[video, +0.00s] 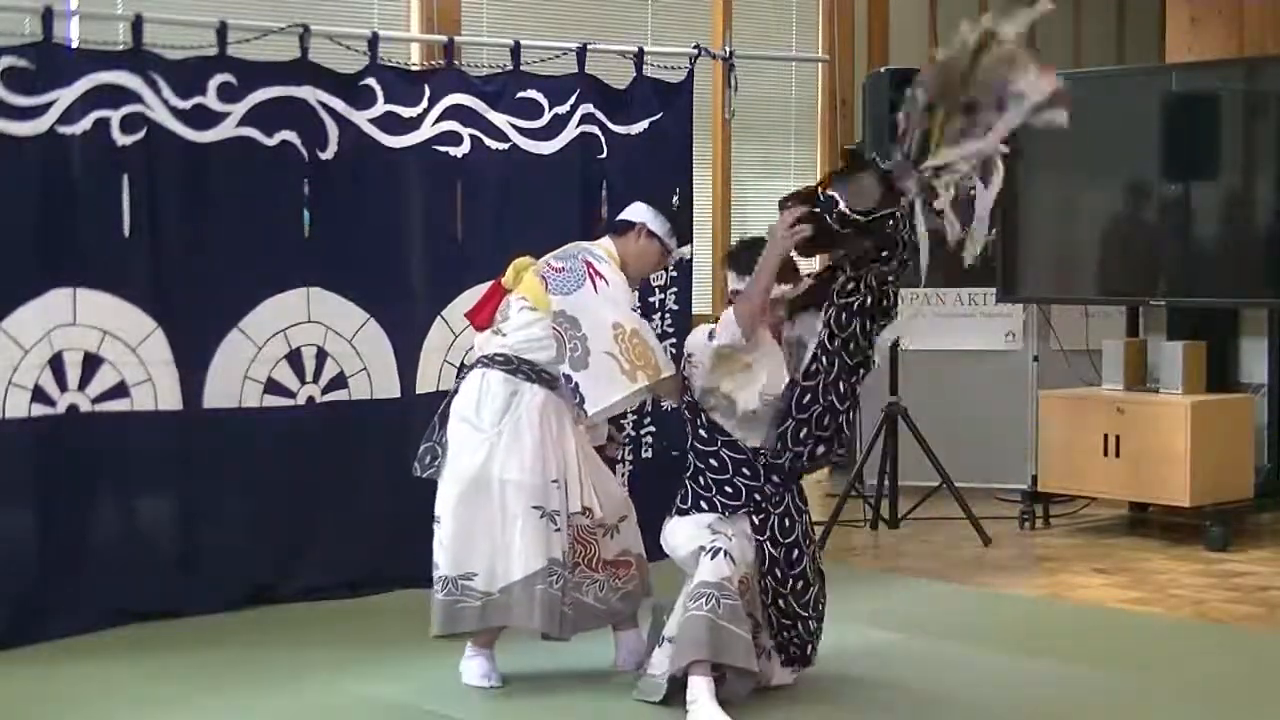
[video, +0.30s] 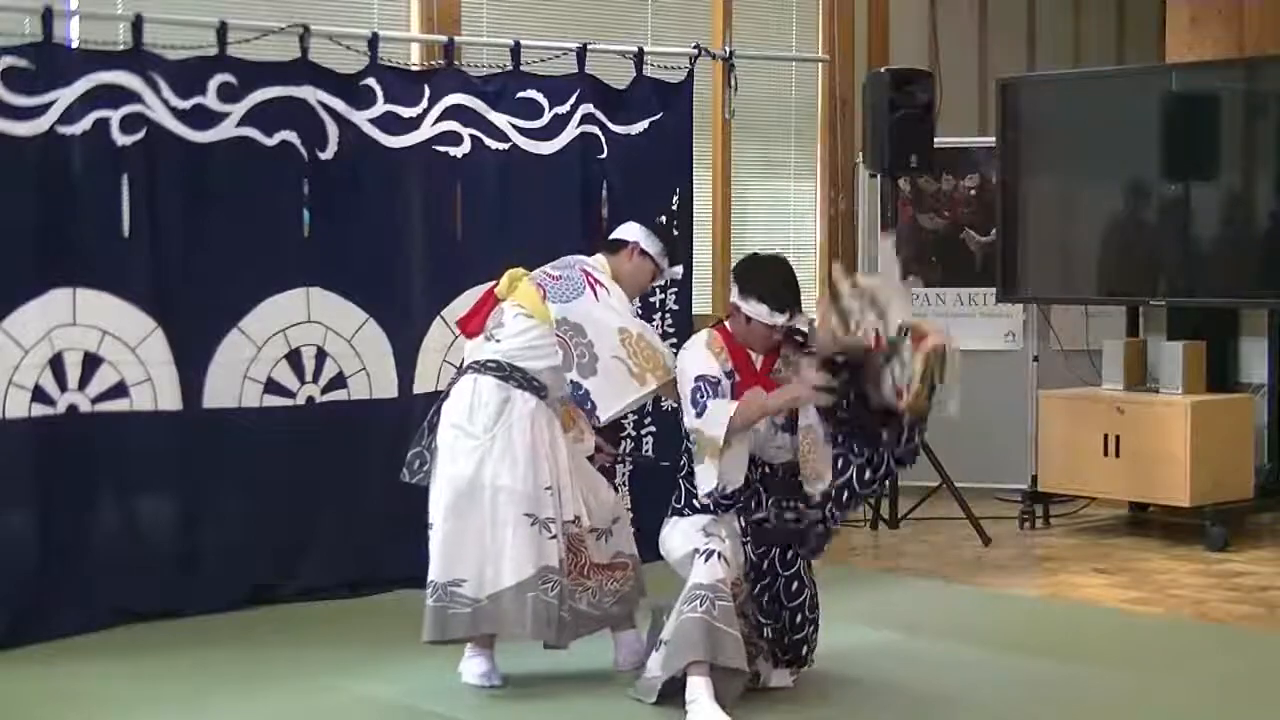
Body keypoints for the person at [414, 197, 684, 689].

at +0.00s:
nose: (659, 270)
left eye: (665, 262)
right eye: (661, 256)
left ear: (635, 235)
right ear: (639, 234)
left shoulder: (576, 261)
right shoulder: (598, 272)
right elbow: (631, 345)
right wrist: (672, 385)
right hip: (509, 395)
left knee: (609, 509)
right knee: (498, 522)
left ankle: (630, 642)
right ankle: (480, 650)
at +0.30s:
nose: (651, 285)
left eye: (656, 277)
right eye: (652, 273)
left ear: (621, 252)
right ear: (631, 253)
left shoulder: (566, 276)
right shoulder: (592, 283)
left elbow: (546, 377)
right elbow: (651, 363)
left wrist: (586, 436)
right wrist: (703, 400)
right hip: (499, 403)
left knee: (604, 510)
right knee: (488, 525)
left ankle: (628, 642)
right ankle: (479, 650)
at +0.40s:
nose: (646, 290)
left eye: (651, 283)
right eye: (648, 277)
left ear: (621, 255)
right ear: (629, 256)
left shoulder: (559, 273)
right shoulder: (593, 283)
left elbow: (547, 380)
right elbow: (643, 341)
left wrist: (579, 433)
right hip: (501, 406)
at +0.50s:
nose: (644, 290)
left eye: (649, 282)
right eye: (646, 276)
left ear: (619, 255)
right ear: (627, 255)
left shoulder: (559, 274)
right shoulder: (594, 280)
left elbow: (543, 384)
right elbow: (656, 349)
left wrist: (581, 443)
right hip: (492, 403)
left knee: (593, 512)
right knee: (487, 526)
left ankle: (627, 643)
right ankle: (478, 653)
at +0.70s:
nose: (640, 280)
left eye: (646, 271)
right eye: (643, 266)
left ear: (613, 243)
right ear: (622, 245)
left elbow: (542, 370)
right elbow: (634, 353)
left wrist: (577, 432)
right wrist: (654, 408)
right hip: (498, 399)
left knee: (594, 510)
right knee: (488, 522)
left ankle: (627, 642)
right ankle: (478, 652)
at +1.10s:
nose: (661, 254)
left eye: (667, 244)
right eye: (661, 238)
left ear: (629, 221)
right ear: (630, 217)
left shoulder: (592, 263)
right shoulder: (580, 258)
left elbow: (564, 354)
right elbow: (590, 346)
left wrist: (591, 415)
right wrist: (668, 345)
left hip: (544, 400)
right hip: (503, 394)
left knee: (613, 504)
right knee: (498, 517)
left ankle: (631, 643)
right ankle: (478, 650)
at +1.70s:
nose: (672, 258)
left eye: (679, 249)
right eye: (673, 244)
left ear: (643, 227)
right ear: (644, 223)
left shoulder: (604, 263)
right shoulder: (595, 261)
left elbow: (587, 357)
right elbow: (595, 347)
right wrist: (678, 331)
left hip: (557, 405)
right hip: (515, 398)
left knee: (621, 506)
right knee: (500, 519)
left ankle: (633, 647)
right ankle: (479, 651)